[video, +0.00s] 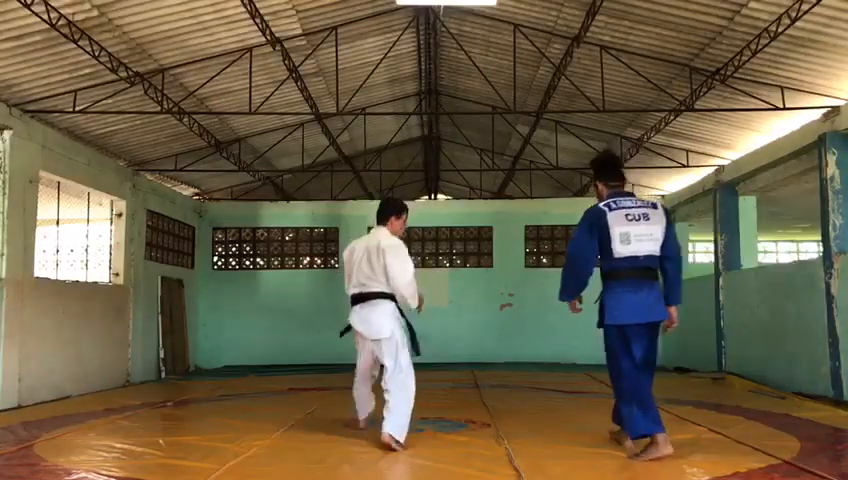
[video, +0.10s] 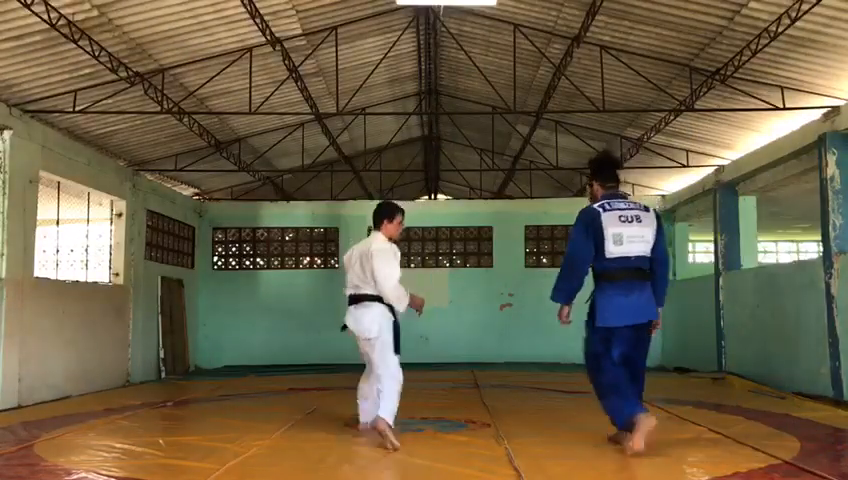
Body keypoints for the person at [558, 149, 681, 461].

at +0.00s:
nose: (595, 192)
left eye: (594, 186)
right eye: (595, 187)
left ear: (600, 186)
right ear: (626, 182)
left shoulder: (598, 213)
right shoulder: (657, 210)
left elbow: (579, 256)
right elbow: (671, 258)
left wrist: (571, 291)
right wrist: (672, 302)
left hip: (619, 302)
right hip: (653, 300)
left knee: (626, 369)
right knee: (642, 366)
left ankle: (660, 439)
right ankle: (625, 429)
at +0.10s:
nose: (590, 192)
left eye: (590, 187)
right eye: (590, 187)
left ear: (595, 186)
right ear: (619, 183)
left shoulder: (592, 214)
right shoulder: (649, 214)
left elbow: (577, 260)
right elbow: (660, 263)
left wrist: (566, 299)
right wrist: (657, 305)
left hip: (610, 301)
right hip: (644, 300)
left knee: (600, 362)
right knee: (634, 364)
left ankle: (635, 416)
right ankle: (626, 428)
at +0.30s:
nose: (571, 190)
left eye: (572, 184)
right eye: (571, 184)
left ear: (581, 182)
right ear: (601, 181)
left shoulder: (580, 212)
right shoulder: (629, 213)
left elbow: (570, 258)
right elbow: (639, 260)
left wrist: (558, 299)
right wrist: (631, 295)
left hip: (585, 296)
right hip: (619, 295)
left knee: (566, 347)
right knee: (622, 361)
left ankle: (591, 413)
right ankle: (625, 428)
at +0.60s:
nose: (540, 197)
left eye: (542, 193)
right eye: (542, 192)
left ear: (551, 195)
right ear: (568, 194)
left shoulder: (547, 226)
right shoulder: (590, 223)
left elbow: (537, 269)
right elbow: (600, 264)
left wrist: (531, 308)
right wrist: (592, 297)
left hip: (553, 306)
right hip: (582, 304)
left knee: (549, 365)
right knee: (588, 360)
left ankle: (551, 423)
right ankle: (610, 403)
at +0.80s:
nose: (525, 198)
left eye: (526, 193)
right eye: (526, 193)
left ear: (533, 194)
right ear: (550, 194)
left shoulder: (531, 223)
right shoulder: (573, 222)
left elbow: (520, 263)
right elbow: (580, 264)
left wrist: (501, 296)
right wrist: (573, 295)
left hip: (541, 296)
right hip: (566, 296)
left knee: (536, 357)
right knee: (554, 351)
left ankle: (550, 422)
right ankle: (571, 398)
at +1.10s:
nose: (505, 205)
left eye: (506, 200)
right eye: (506, 200)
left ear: (513, 201)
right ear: (530, 201)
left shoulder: (515, 230)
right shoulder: (547, 230)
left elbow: (508, 269)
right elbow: (550, 272)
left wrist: (483, 283)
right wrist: (534, 295)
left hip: (522, 303)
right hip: (543, 302)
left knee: (518, 360)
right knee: (532, 359)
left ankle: (546, 414)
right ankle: (532, 410)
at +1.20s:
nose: (499, 206)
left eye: (501, 202)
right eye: (500, 202)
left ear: (508, 203)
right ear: (522, 204)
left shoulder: (511, 232)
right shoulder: (536, 231)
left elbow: (508, 270)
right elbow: (533, 274)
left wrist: (480, 282)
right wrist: (505, 295)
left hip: (517, 305)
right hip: (536, 304)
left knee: (500, 354)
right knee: (526, 356)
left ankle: (533, 402)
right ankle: (529, 410)